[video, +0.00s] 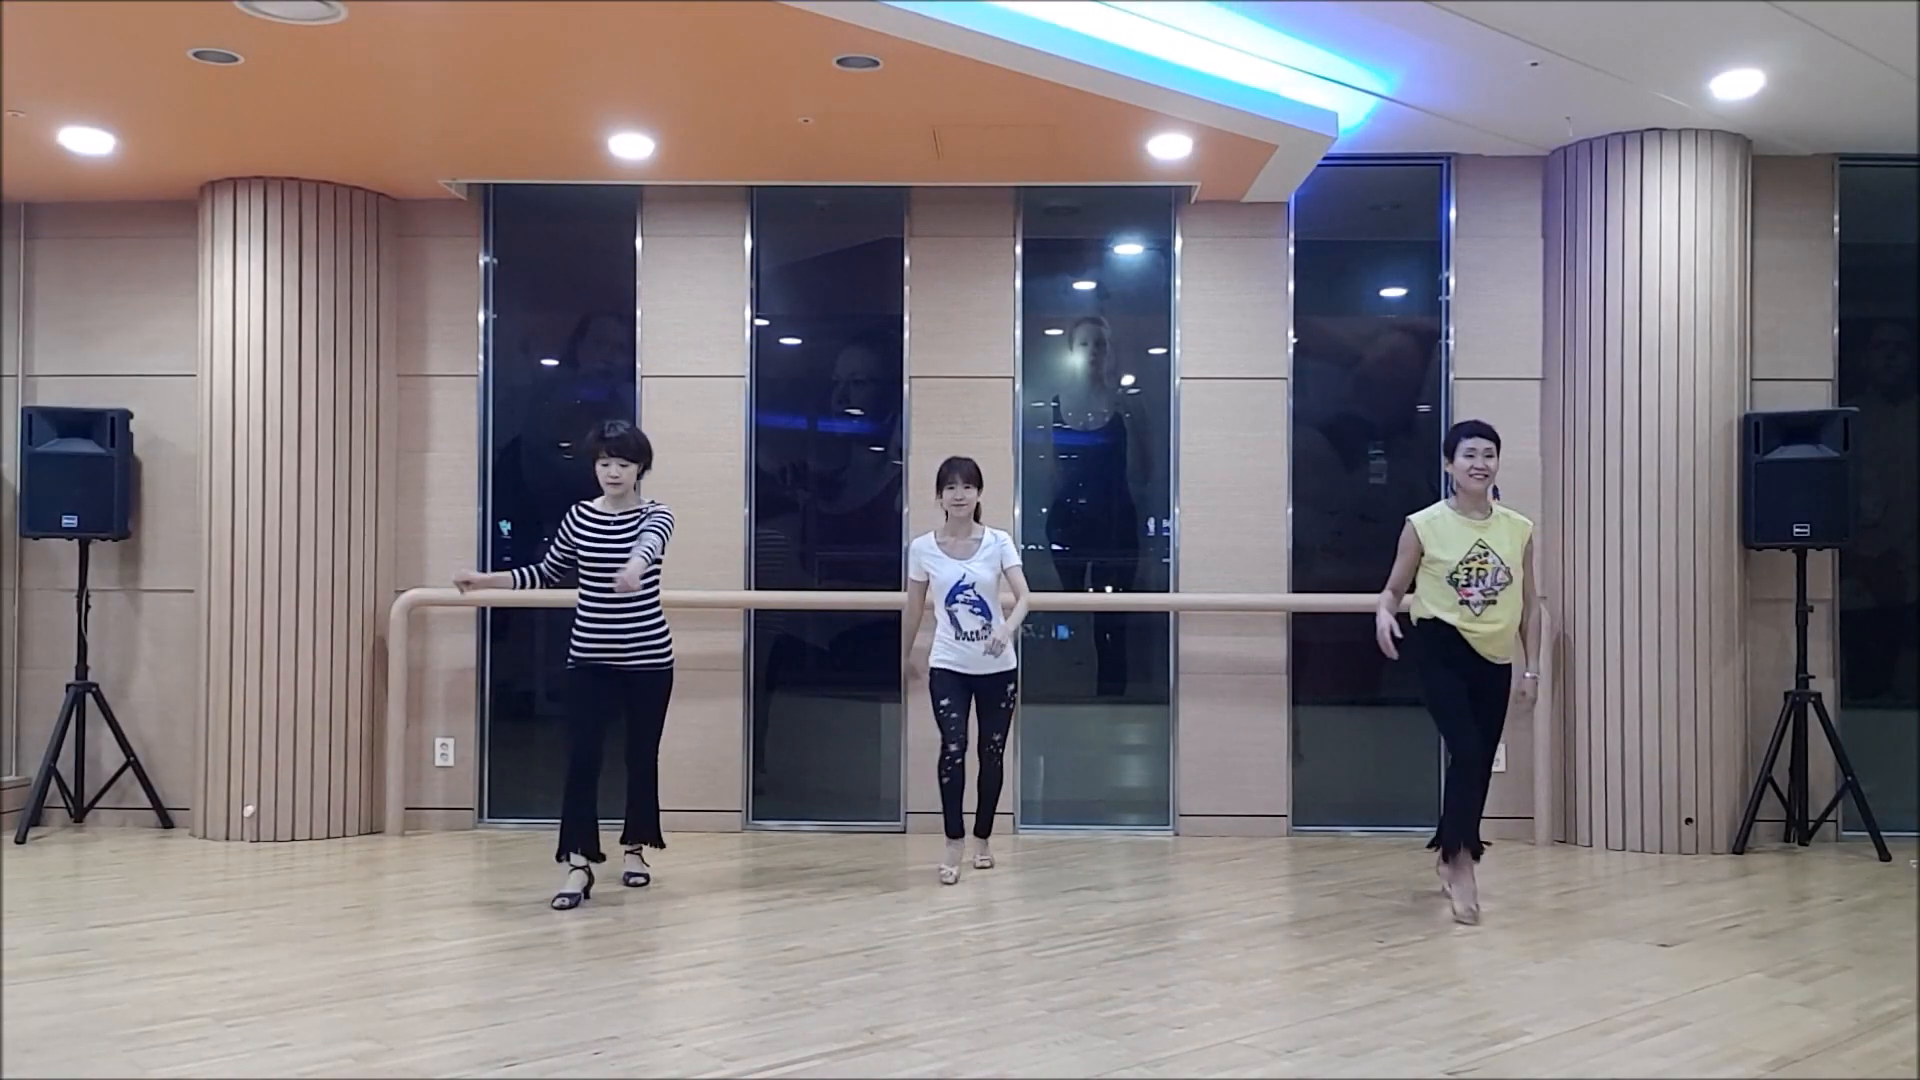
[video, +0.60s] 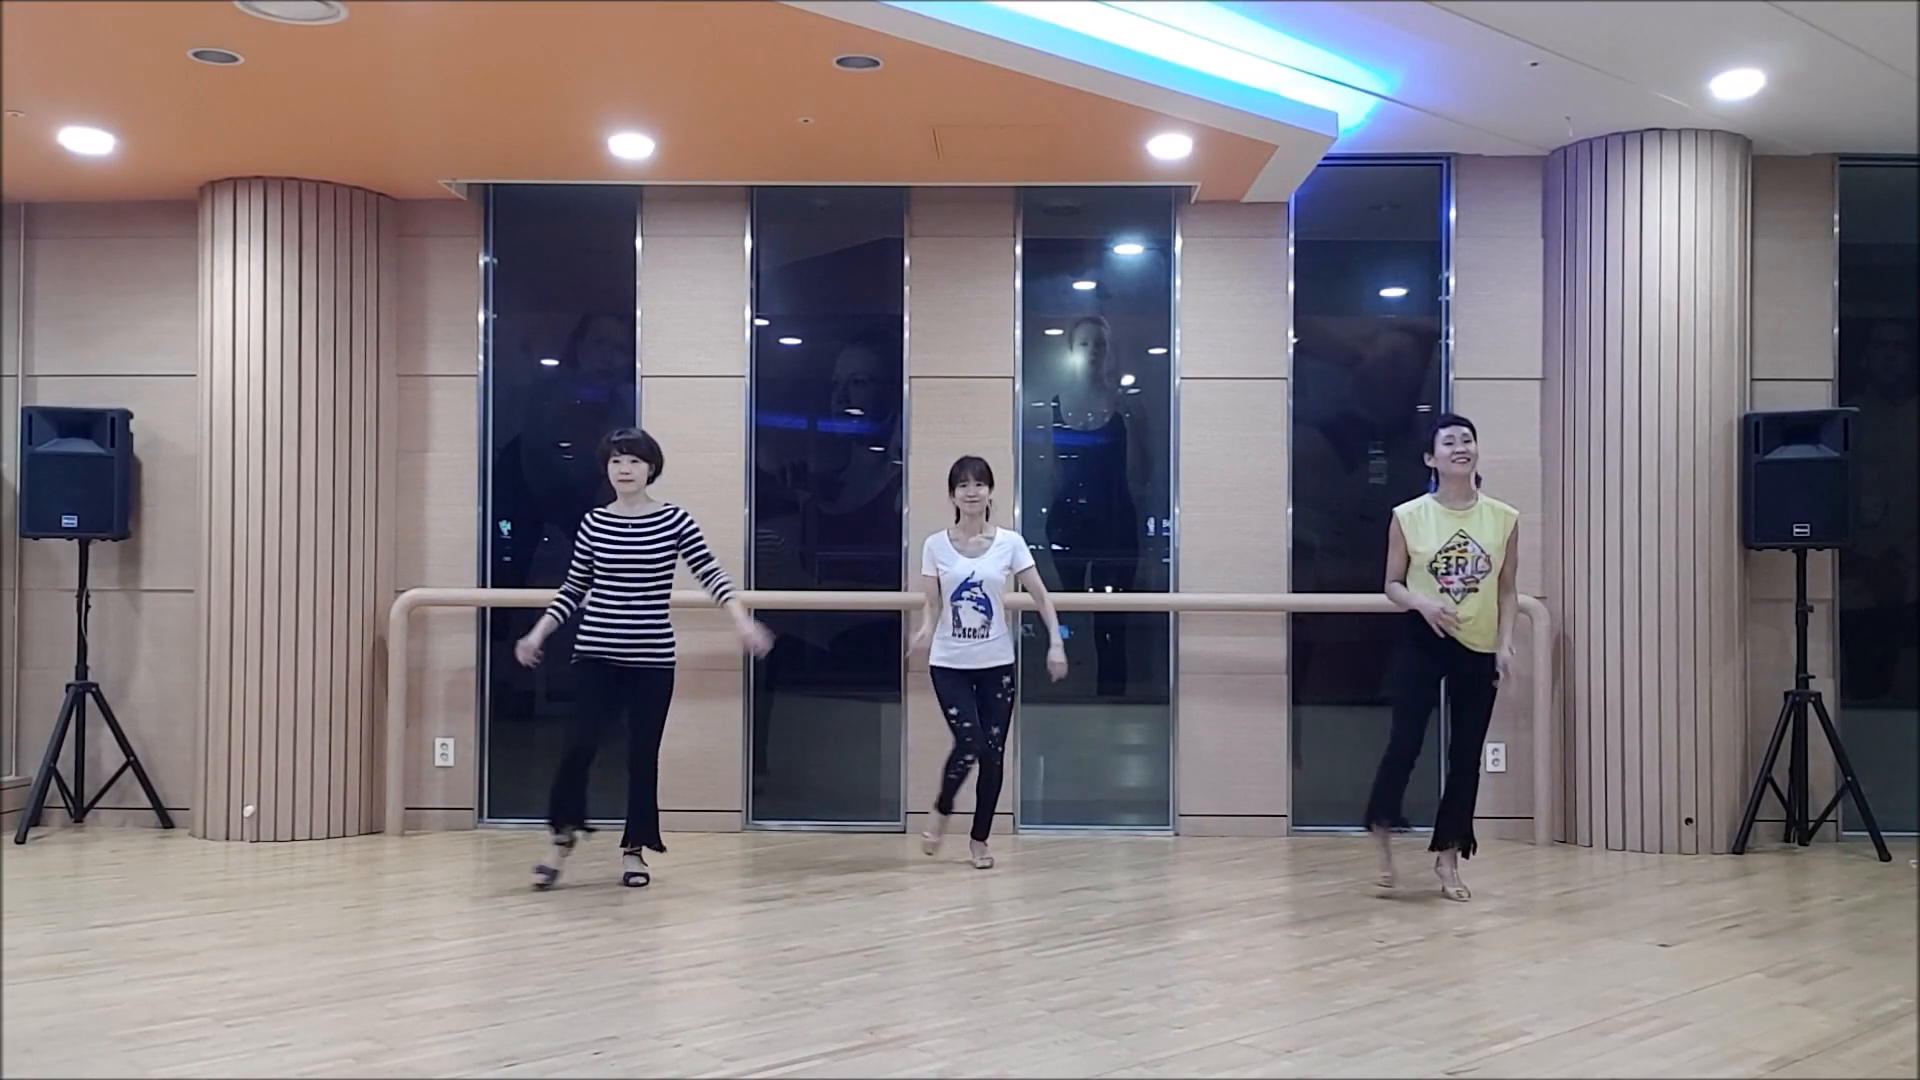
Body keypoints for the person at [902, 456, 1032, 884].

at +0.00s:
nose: (959, 494)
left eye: (967, 486)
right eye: (950, 487)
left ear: (979, 493)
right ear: (939, 494)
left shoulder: (999, 543)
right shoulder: (923, 548)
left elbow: (1024, 597)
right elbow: (914, 606)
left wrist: (1008, 628)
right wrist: (905, 653)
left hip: (997, 665)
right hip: (948, 664)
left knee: (992, 753)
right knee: (952, 751)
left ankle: (982, 839)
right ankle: (953, 843)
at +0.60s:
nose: (972, 491)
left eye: (979, 484)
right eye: (964, 485)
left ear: (990, 490)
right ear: (952, 492)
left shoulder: (1010, 543)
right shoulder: (935, 545)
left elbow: (1041, 595)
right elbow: (931, 602)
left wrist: (1056, 643)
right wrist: (925, 630)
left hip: (997, 663)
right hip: (948, 663)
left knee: (993, 752)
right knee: (970, 744)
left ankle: (980, 839)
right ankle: (940, 812)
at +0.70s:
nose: (972, 490)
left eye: (979, 482)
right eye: (963, 484)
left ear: (991, 489)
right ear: (952, 492)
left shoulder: (1012, 539)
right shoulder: (939, 543)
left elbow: (1048, 590)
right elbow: (938, 604)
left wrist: (1072, 634)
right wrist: (955, 604)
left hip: (994, 663)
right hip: (946, 659)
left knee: (988, 754)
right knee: (928, 743)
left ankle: (978, 841)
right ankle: (894, 819)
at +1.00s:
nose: (974, 488)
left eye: (981, 481)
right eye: (965, 482)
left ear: (993, 488)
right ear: (954, 490)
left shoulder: (1010, 539)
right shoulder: (937, 542)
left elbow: (1035, 593)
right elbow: (926, 593)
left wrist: (1054, 643)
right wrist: (941, 607)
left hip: (998, 663)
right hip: (949, 663)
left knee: (993, 752)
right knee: (949, 747)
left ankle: (978, 838)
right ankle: (922, 817)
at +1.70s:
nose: (995, 490)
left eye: (1002, 484)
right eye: (987, 484)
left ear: (1015, 492)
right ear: (976, 492)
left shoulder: (1031, 541)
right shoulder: (961, 540)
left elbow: (1069, 592)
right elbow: (957, 595)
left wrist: (1105, 636)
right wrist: (989, 578)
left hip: (1015, 662)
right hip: (968, 658)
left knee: (998, 754)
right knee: (929, 744)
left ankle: (978, 840)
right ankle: (909, 822)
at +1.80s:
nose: (1007, 491)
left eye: (1015, 484)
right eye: (999, 485)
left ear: (1026, 492)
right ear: (988, 493)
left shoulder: (1043, 543)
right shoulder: (972, 539)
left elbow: (1079, 592)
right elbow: (980, 589)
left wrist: (1115, 637)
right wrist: (1028, 575)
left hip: (1026, 663)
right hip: (981, 660)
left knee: (1004, 754)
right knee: (954, 747)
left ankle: (980, 841)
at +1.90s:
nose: (1023, 490)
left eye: (1030, 483)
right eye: (1015, 484)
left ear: (1041, 492)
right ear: (1002, 493)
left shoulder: (1058, 541)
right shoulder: (987, 540)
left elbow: (1082, 591)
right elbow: (998, 594)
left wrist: (1101, 633)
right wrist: (1052, 601)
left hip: (1040, 666)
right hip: (995, 664)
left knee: (1017, 753)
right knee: (1002, 754)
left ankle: (984, 837)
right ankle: (1039, 823)